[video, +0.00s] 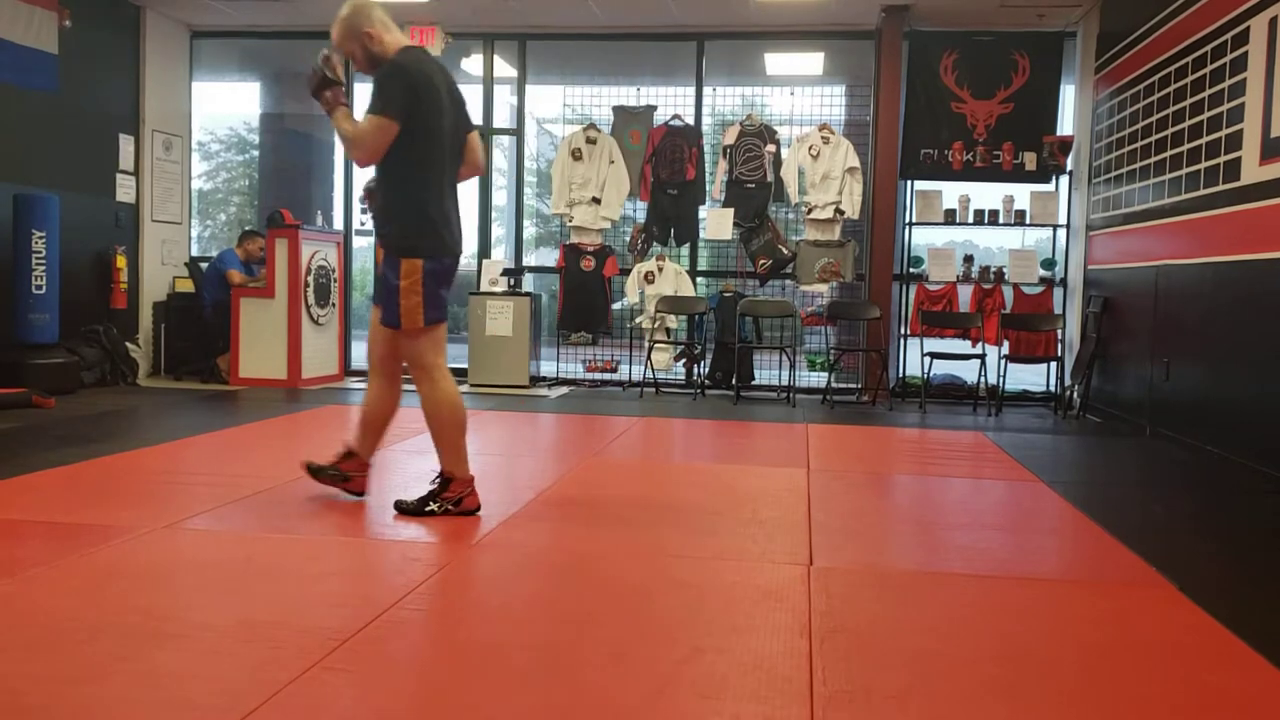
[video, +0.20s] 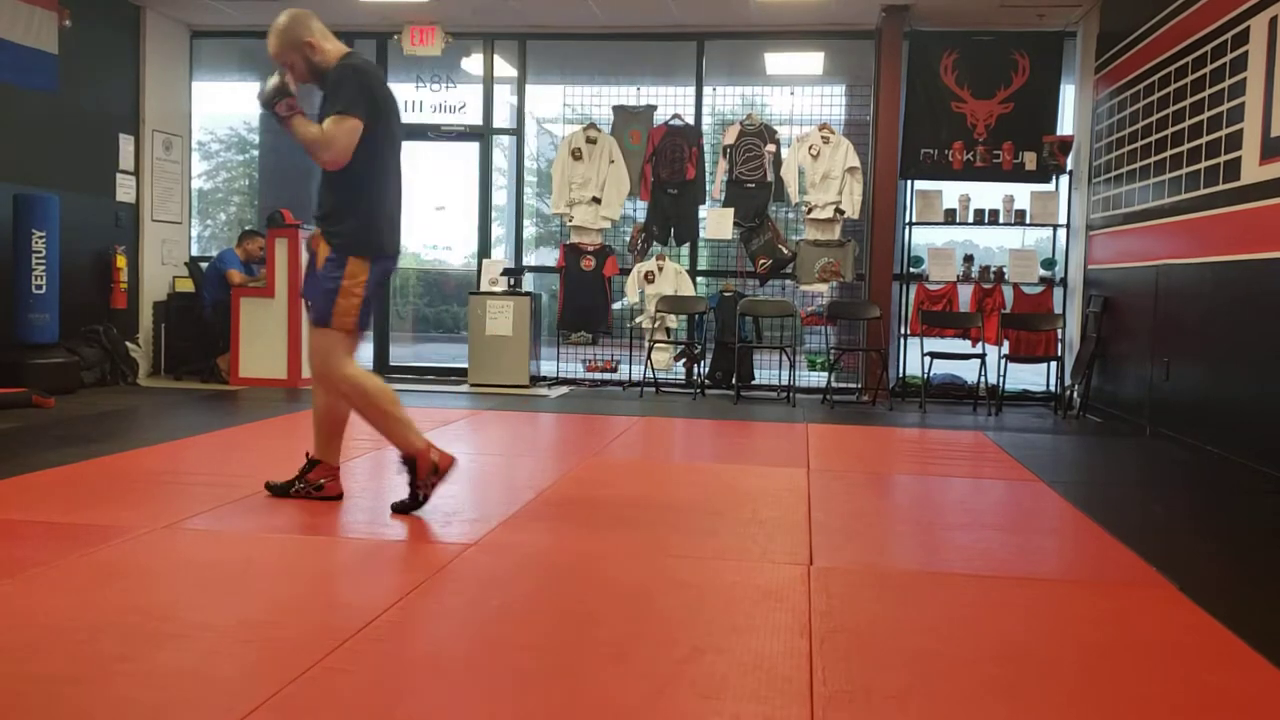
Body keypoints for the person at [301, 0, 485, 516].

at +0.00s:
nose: (356, 70)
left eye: (353, 59)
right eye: (351, 63)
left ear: (370, 37)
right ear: (383, 34)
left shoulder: (403, 71)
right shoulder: (436, 74)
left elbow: (364, 150)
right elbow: (472, 160)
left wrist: (336, 107)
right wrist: (397, 186)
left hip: (416, 243)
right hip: (415, 240)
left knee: (427, 365)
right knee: (384, 358)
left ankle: (458, 486)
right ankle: (355, 465)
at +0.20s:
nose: (292, 77)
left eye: (290, 66)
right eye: (287, 70)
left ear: (310, 46)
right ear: (314, 45)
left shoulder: (352, 73)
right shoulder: (350, 77)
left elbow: (333, 152)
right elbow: (332, 152)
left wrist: (289, 114)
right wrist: (293, 115)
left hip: (357, 242)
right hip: (345, 240)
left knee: (330, 361)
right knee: (328, 362)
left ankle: (424, 456)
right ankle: (323, 472)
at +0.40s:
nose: (234, 70)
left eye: (232, 60)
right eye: (228, 63)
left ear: (256, 39)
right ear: (255, 41)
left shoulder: (305, 66)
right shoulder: (282, 78)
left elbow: (337, 142)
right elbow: (294, 155)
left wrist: (272, 180)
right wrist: (257, 187)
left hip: (302, 230)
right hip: (310, 231)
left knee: (232, 335)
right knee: (307, 358)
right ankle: (320, 473)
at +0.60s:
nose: (172, 74)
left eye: (171, 63)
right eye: (166, 66)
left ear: (198, 44)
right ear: (195, 47)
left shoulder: (243, 78)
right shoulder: (227, 82)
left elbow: (287, 157)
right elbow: (253, 161)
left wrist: (240, 222)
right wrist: (229, 224)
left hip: (248, 244)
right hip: (256, 240)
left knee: (194, 358)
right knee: (272, 358)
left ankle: (151, 480)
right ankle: (315, 470)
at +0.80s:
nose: (102, 68)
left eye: (100, 56)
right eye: (96, 60)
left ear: (125, 38)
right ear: (126, 36)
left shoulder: (172, 67)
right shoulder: (158, 69)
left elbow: (217, 155)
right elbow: (189, 156)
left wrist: (172, 217)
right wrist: (160, 214)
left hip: (192, 236)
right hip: (190, 232)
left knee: (145, 353)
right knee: (168, 343)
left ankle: (141, 483)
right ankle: (244, 427)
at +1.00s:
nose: (60, 56)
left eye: (61, 45)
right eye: (55, 47)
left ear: (91, 30)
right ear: (90, 27)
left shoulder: (145, 67)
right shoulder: (107, 69)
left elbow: (199, 156)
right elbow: (123, 151)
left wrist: (148, 223)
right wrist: (98, 204)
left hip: (149, 237)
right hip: (110, 228)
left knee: (112, 352)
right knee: (77, 342)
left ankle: (140, 484)